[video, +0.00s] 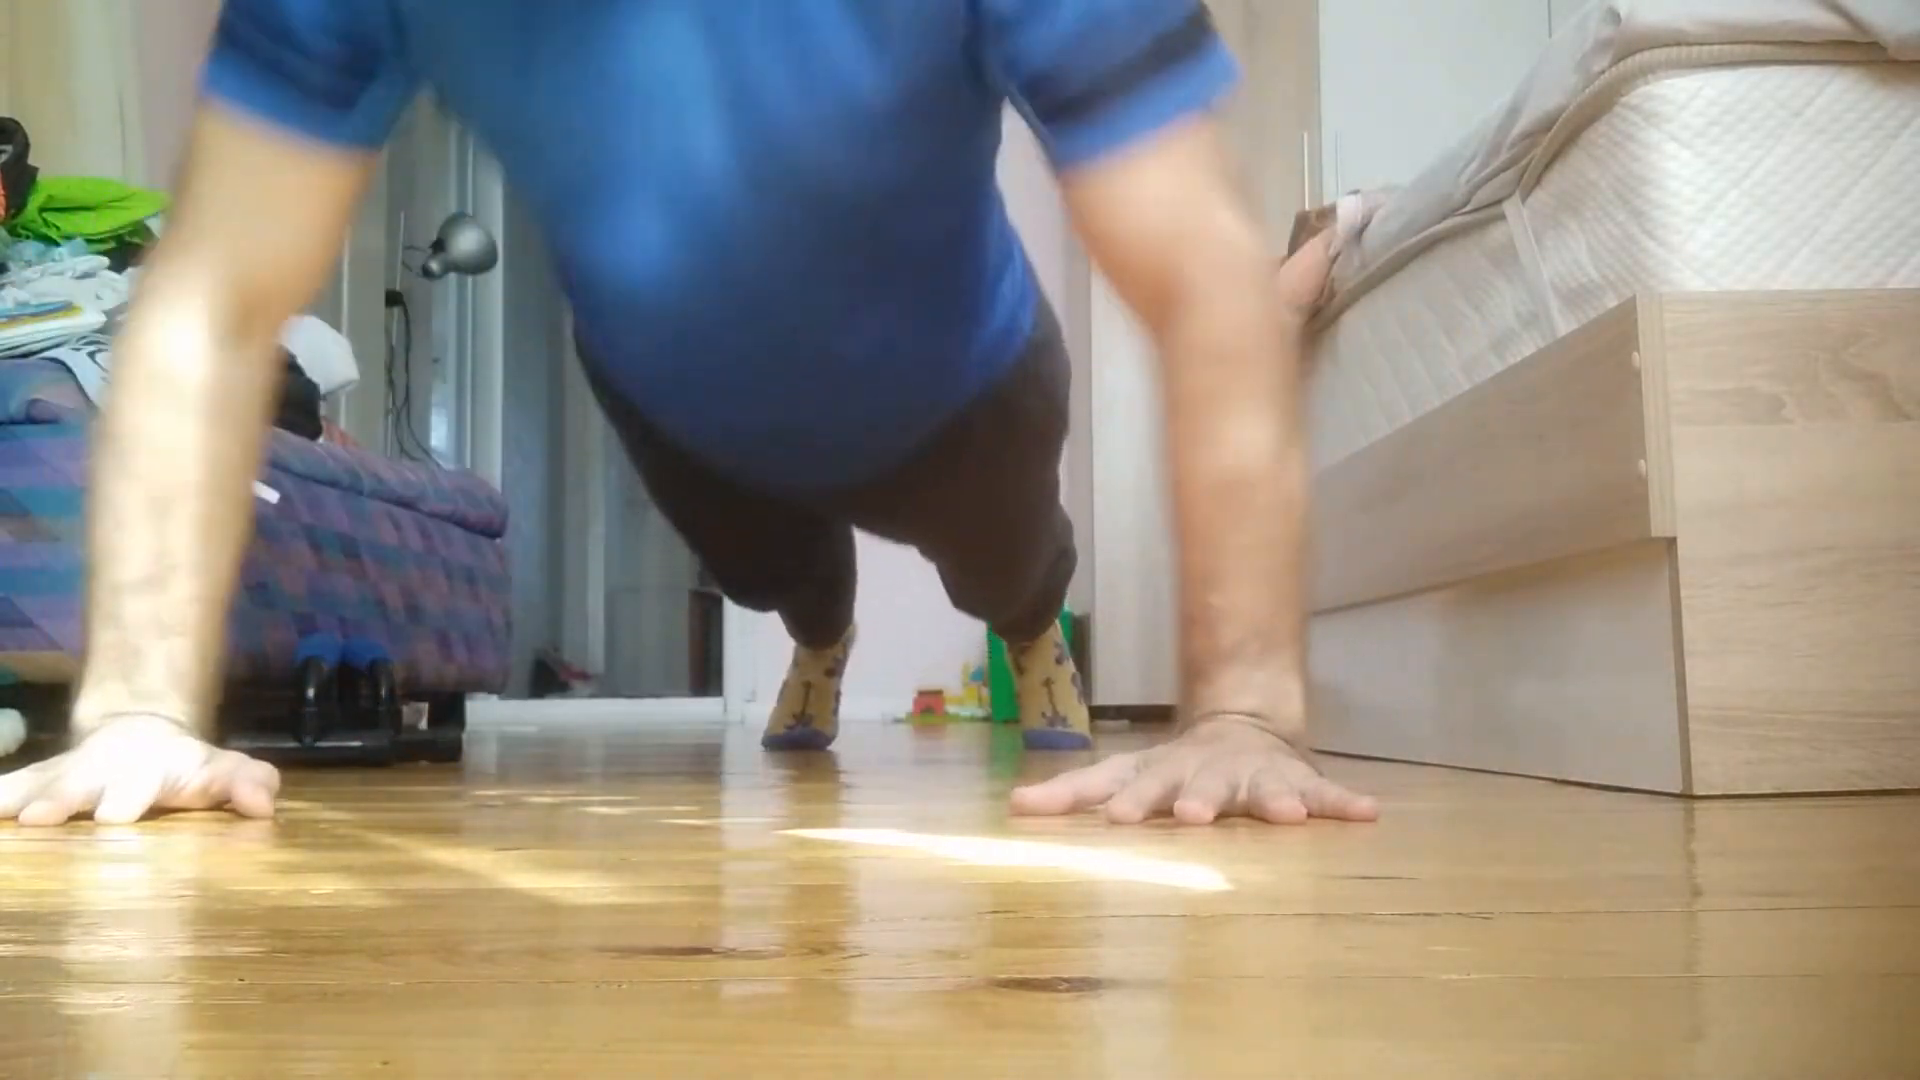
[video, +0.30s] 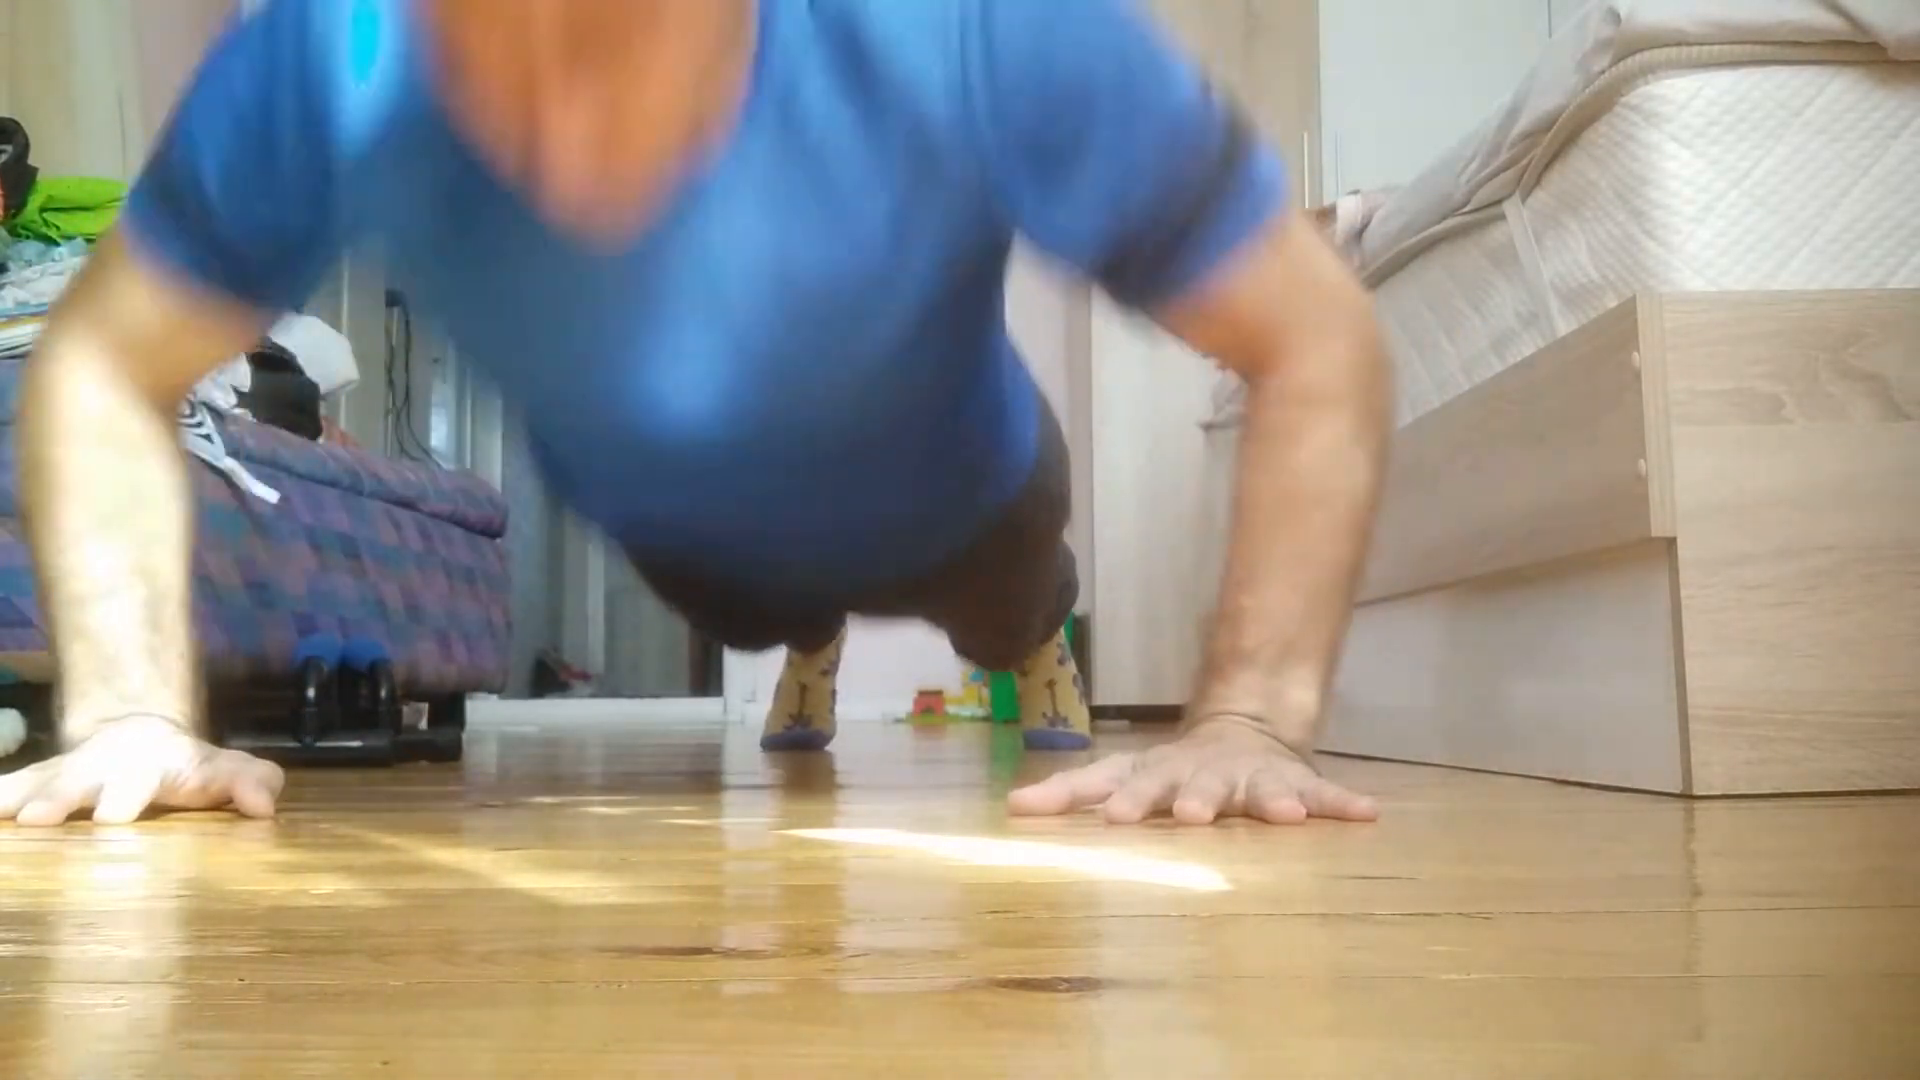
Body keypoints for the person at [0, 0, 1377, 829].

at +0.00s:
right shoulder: (360, 17)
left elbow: (1216, 280)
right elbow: (210, 300)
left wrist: (1249, 709)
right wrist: (145, 712)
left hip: (942, 387)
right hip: (687, 427)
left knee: (1002, 564)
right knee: (783, 569)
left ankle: (1012, 626)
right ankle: (820, 644)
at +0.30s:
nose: (572, 142)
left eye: (614, 59)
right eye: (513, 64)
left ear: (720, 12)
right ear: (440, 15)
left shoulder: (966, 35)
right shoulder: (338, 64)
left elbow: (1325, 334)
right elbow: (98, 366)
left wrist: (1250, 716)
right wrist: (138, 717)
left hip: (949, 507)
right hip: (694, 548)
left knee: (1003, 626)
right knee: (780, 626)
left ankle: (1006, 660)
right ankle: (802, 667)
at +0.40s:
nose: (511, 500)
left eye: (570, 410)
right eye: (438, 424)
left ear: (724, 232)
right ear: (330, 290)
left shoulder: (957, 235)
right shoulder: (255, 273)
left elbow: (1349, 358)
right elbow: (53, 394)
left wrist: (1252, 715)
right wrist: (134, 712)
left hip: (972, 637)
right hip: (649, 645)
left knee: (1017, 648)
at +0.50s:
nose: (496, 759)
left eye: (557, 668)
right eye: (417, 689)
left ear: (722, 466)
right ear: (300, 529)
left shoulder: (963, 402)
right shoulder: (264, 386)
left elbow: (1349, 351)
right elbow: (39, 368)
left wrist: (1253, 719)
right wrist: (129, 715)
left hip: (947, 720)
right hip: (645, 737)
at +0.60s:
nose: (500, 773)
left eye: (566, 676)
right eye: (419, 697)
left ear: (731, 491)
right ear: (304, 537)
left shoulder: (968, 421)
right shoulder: (255, 397)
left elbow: (1368, 352)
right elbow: (26, 359)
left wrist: (1257, 719)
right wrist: (123, 715)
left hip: (936, 702)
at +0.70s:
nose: (494, 622)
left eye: (553, 535)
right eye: (412, 553)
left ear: (736, 347)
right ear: (331, 429)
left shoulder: (970, 353)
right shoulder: (259, 338)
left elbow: (1382, 359)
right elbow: (26, 364)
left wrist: (1266, 713)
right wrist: (128, 707)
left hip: (972, 634)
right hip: (693, 667)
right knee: (793, 703)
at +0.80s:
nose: (484, 450)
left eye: (529, 348)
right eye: (402, 376)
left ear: (700, 177)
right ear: (317, 276)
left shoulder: (947, 220)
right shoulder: (271, 236)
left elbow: (1376, 352)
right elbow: (20, 385)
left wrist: (1265, 712)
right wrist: (133, 716)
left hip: (971, 560)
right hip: (715, 594)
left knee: (1017, 633)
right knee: (794, 636)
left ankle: (1026, 656)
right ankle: (806, 664)